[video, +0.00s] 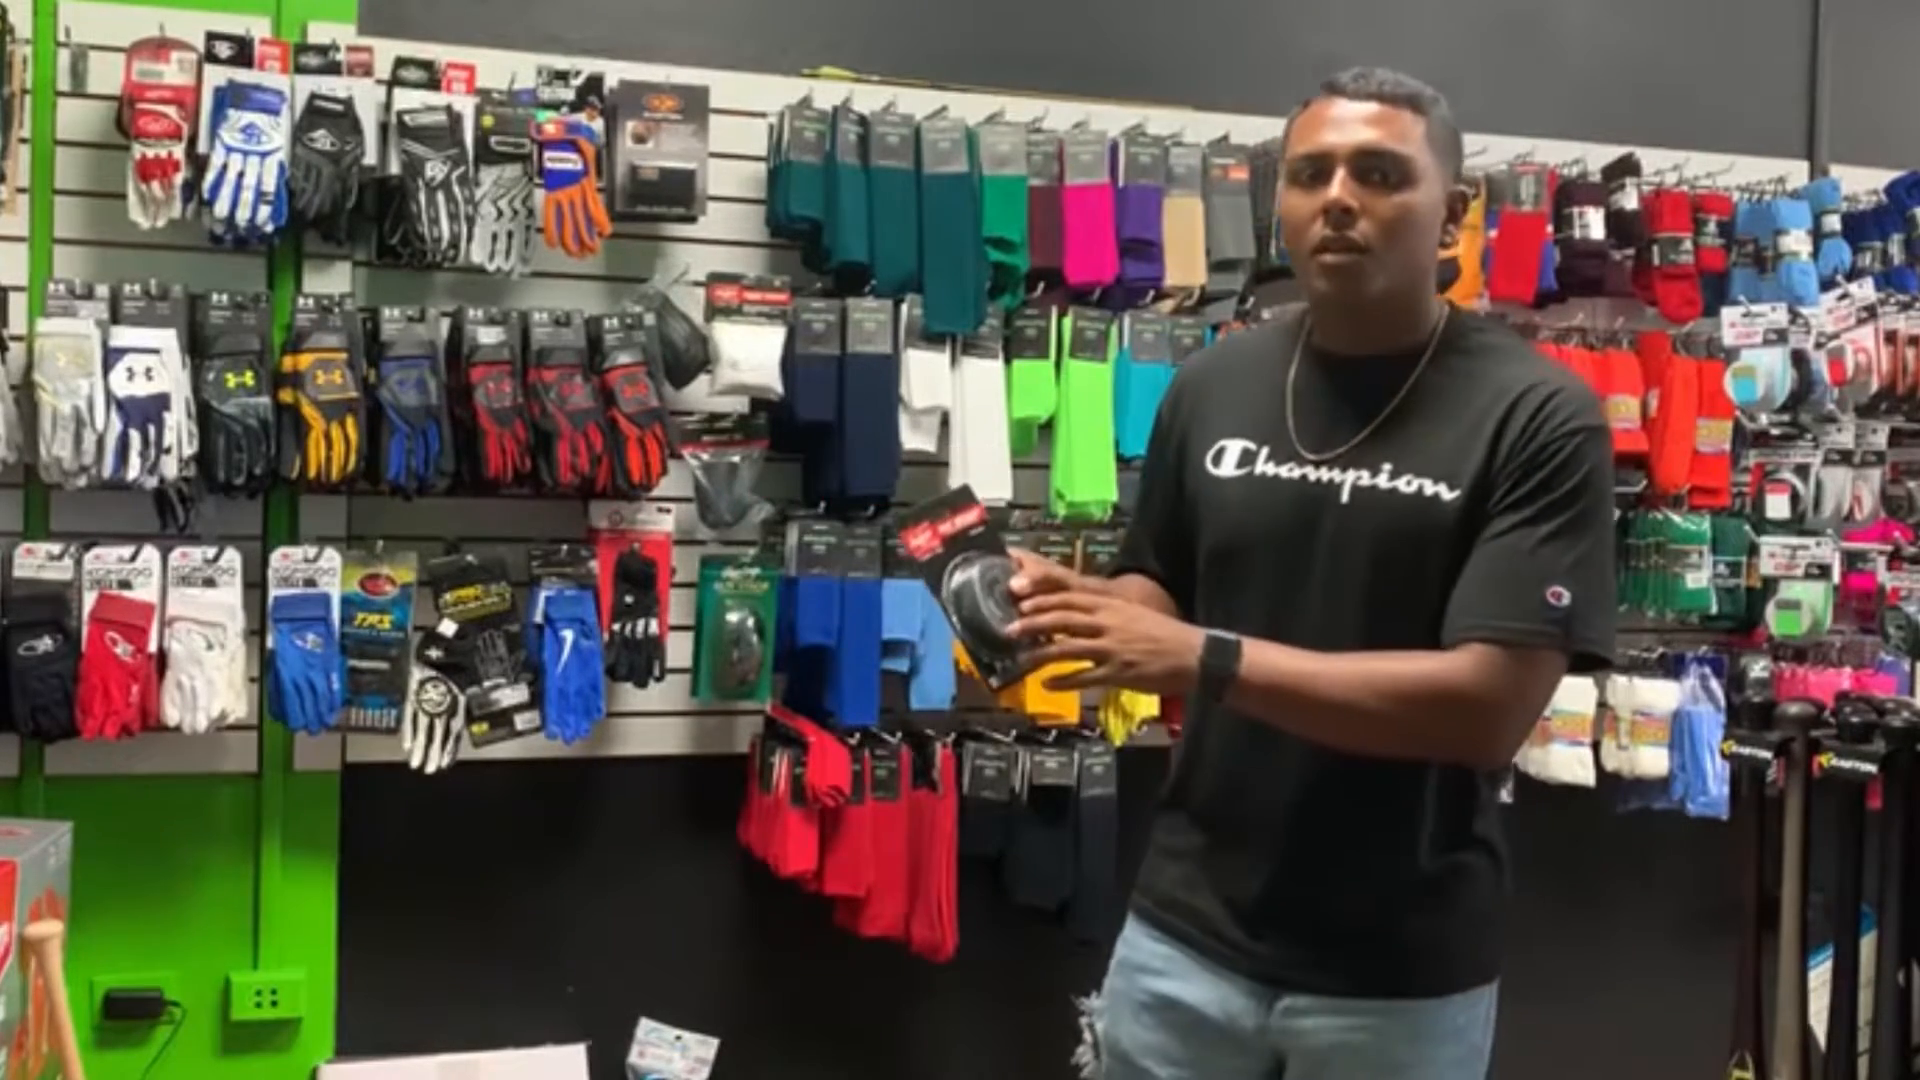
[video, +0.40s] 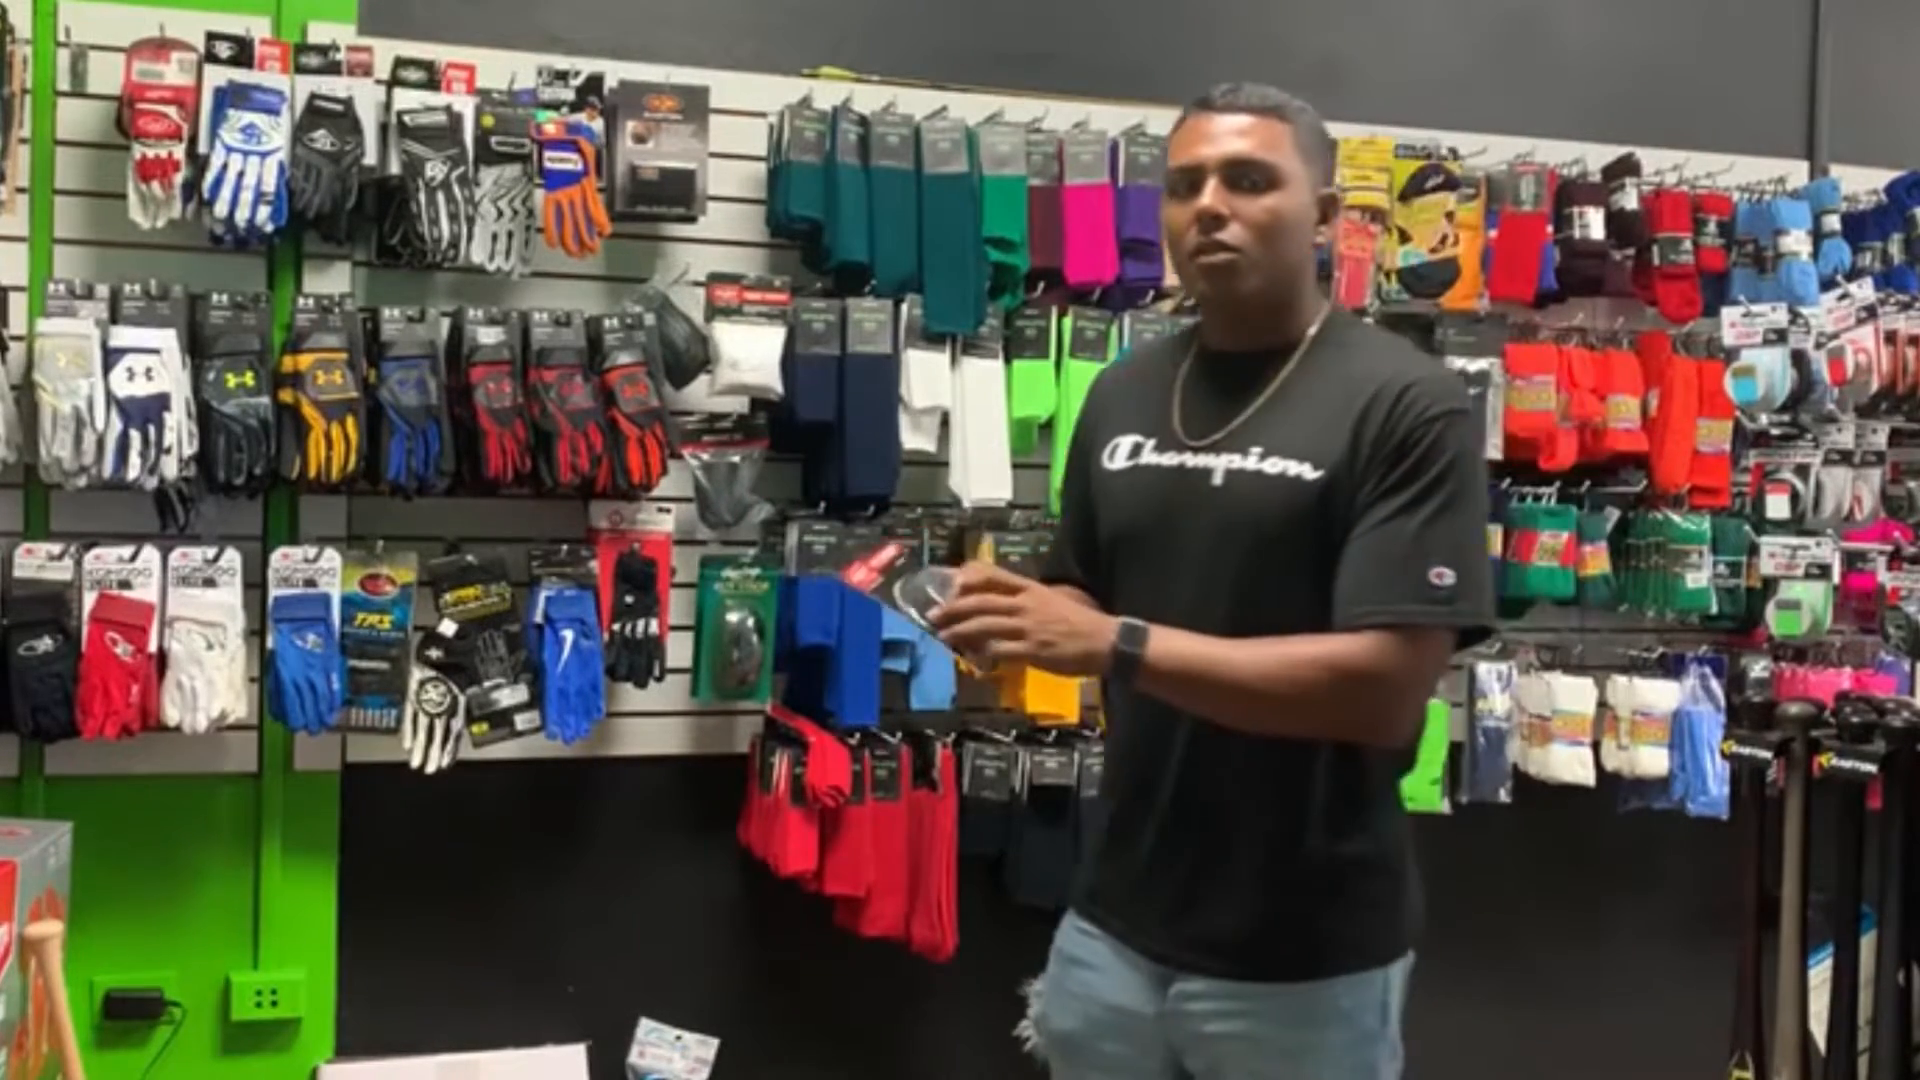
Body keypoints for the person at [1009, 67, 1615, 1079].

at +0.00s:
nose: (1337, 199)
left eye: (1380, 172)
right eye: (1310, 173)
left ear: (1451, 213)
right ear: (1277, 206)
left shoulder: (1539, 416)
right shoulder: (1211, 386)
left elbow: (1490, 710)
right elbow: (1156, 599)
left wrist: (1197, 655)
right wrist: (1074, 609)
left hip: (1404, 972)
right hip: (1188, 939)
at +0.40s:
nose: (1209, 207)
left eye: (1248, 180)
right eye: (1185, 184)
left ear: (1324, 209)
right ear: (1165, 217)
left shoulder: (1405, 402)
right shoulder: (1123, 393)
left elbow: (1387, 691)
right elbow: (1084, 611)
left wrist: (1112, 641)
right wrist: (1006, 619)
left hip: (1304, 946)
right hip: (1118, 918)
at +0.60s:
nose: (1098, 219)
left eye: (1137, 194)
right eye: (1083, 197)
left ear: (1219, 221)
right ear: (1067, 221)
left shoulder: (1294, 408)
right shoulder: (1043, 400)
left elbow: (1284, 684)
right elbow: (1011, 618)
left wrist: (1026, 629)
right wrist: (929, 612)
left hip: (1206, 946)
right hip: (1029, 916)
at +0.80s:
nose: (972, 273)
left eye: (1000, 243)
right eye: (969, 247)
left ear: (1098, 241)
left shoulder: (1200, 419)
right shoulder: (988, 410)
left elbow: (1186, 687)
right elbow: (964, 618)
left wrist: (937, 621)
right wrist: (875, 608)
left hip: (1109, 932)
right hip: (960, 904)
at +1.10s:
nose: (854, 295)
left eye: (873, 262)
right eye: (850, 270)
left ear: (965, 247)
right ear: (953, 253)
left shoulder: (1051, 408)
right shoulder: (947, 400)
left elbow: (1053, 675)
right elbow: (944, 638)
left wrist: (816, 619)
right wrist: (790, 627)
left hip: (980, 895)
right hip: (936, 878)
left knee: (881, 1064)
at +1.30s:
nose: (760, 296)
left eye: (775, 263)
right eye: (760, 268)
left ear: (861, 255)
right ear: (861, 258)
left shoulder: (919, 418)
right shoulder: (922, 397)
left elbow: (924, 690)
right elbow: (863, 654)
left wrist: (692, 653)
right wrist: (683, 635)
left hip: (883, 899)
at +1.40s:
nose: (695, 288)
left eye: (711, 259)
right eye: (698, 262)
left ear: (794, 258)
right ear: (797, 259)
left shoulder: (842, 426)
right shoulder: (871, 399)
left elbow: (845, 700)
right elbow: (851, 635)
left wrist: (603, 690)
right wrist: (697, 645)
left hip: (825, 901)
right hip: (906, 883)